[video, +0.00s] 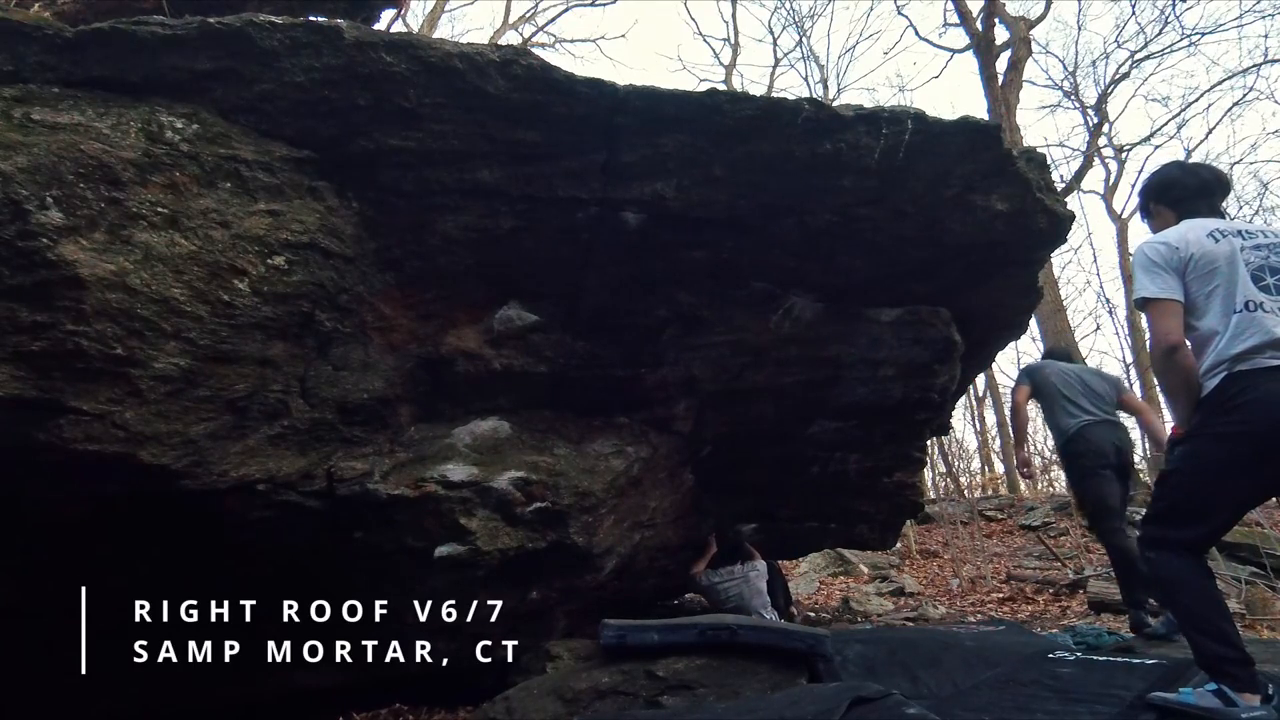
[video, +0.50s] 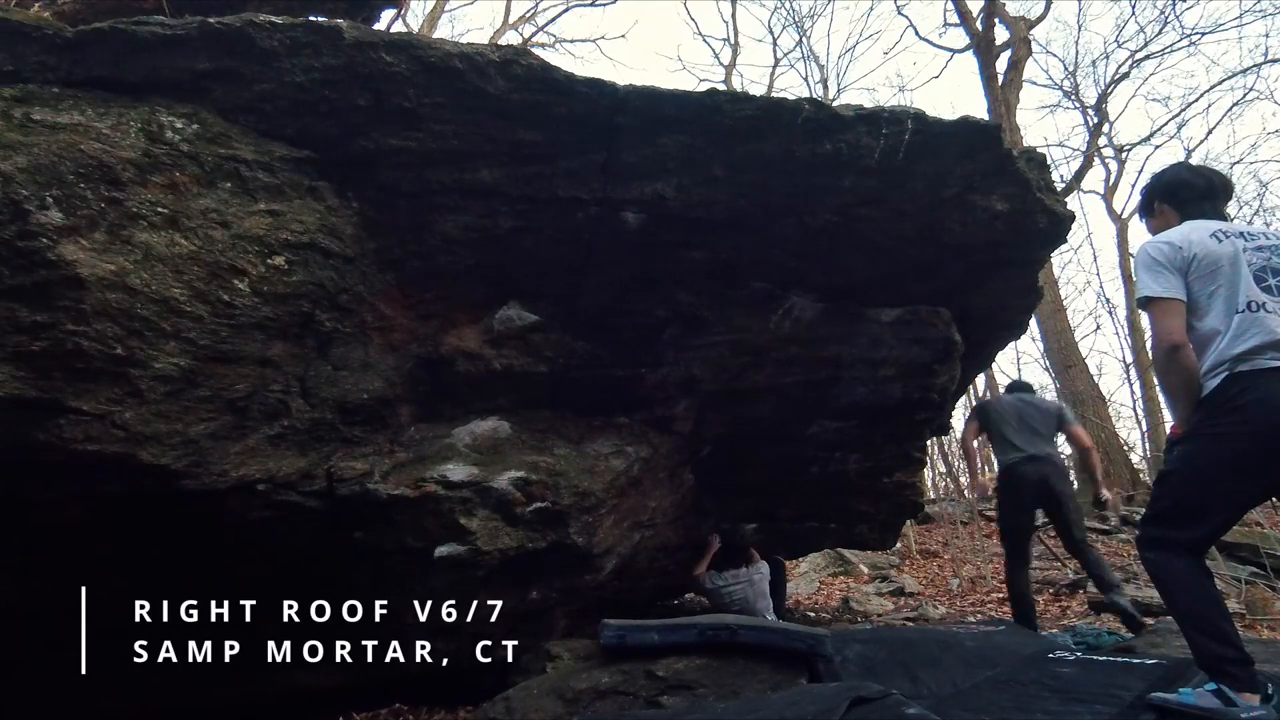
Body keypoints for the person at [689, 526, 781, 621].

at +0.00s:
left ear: (717, 559)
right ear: (742, 554)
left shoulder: (709, 581)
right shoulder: (757, 570)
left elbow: (693, 573)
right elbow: (756, 558)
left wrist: (710, 550)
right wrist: (742, 543)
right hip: (769, 629)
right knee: (771, 566)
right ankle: (788, 611)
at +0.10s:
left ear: (716, 559)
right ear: (742, 551)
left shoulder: (709, 580)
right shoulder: (758, 569)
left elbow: (693, 573)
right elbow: (756, 557)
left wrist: (710, 551)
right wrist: (741, 542)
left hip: (735, 634)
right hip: (769, 628)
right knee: (772, 564)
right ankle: (786, 613)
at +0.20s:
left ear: (717, 558)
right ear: (742, 553)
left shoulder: (710, 581)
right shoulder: (758, 569)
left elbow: (693, 573)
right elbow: (756, 558)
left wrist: (710, 550)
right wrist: (741, 543)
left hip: (736, 634)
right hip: (769, 628)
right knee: (773, 563)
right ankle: (782, 616)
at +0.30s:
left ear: (718, 559)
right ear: (744, 555)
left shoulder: (711, 581)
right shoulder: (758, 570)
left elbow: (694, 573)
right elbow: (756, 558)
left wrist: (710, 551)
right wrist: (742, 544)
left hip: (737, 634)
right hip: (770, 627)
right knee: (774, 561)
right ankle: (782, 619)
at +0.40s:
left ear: (720, 557)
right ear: (743, 552)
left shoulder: (712, 581)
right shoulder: (759, 570)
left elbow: (696, 574)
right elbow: (755, 558)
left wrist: (710, 550)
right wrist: (744, 544)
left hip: (736, 635)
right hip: (769, 630)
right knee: (775, 561)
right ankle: (780, 620)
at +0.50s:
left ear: (721, 558)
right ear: (746, 554)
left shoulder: (713, 582)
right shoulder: (760, 572)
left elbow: (696, 575)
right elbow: (756, 559)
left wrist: (710, 550)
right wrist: (744, 545)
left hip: (735, 635)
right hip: (769, 630)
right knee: (776, 561)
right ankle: (780, 619)